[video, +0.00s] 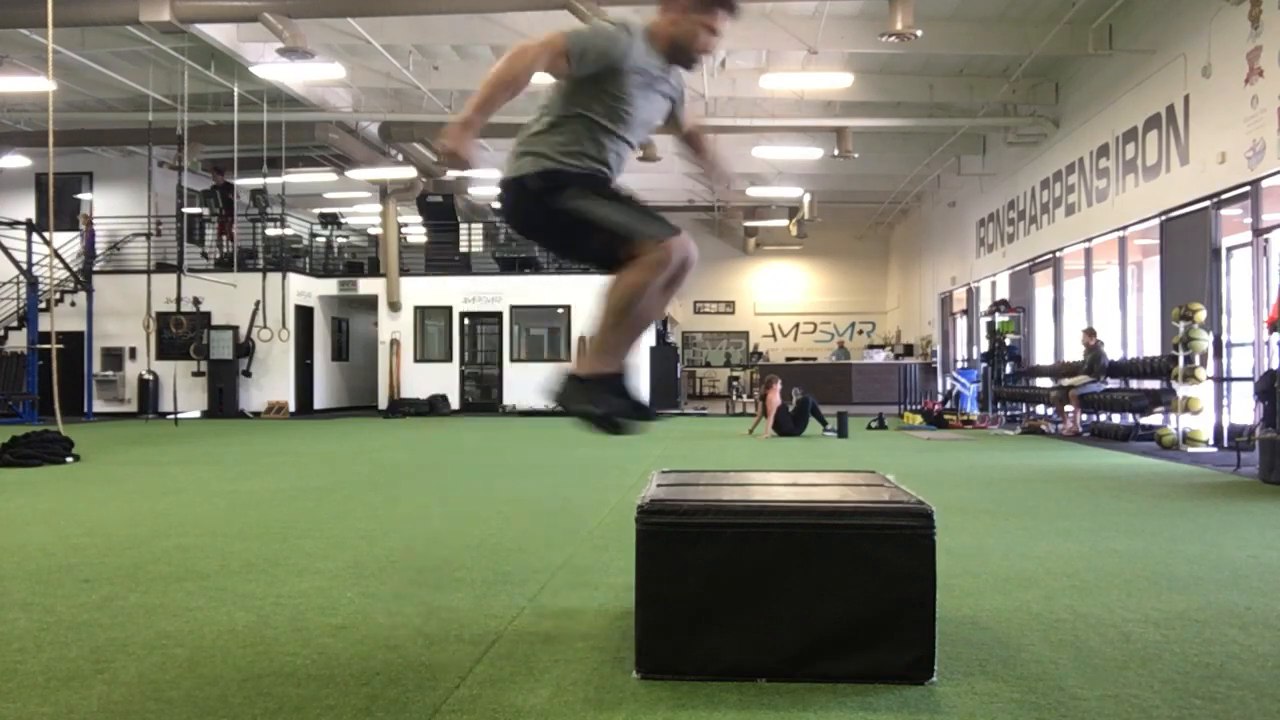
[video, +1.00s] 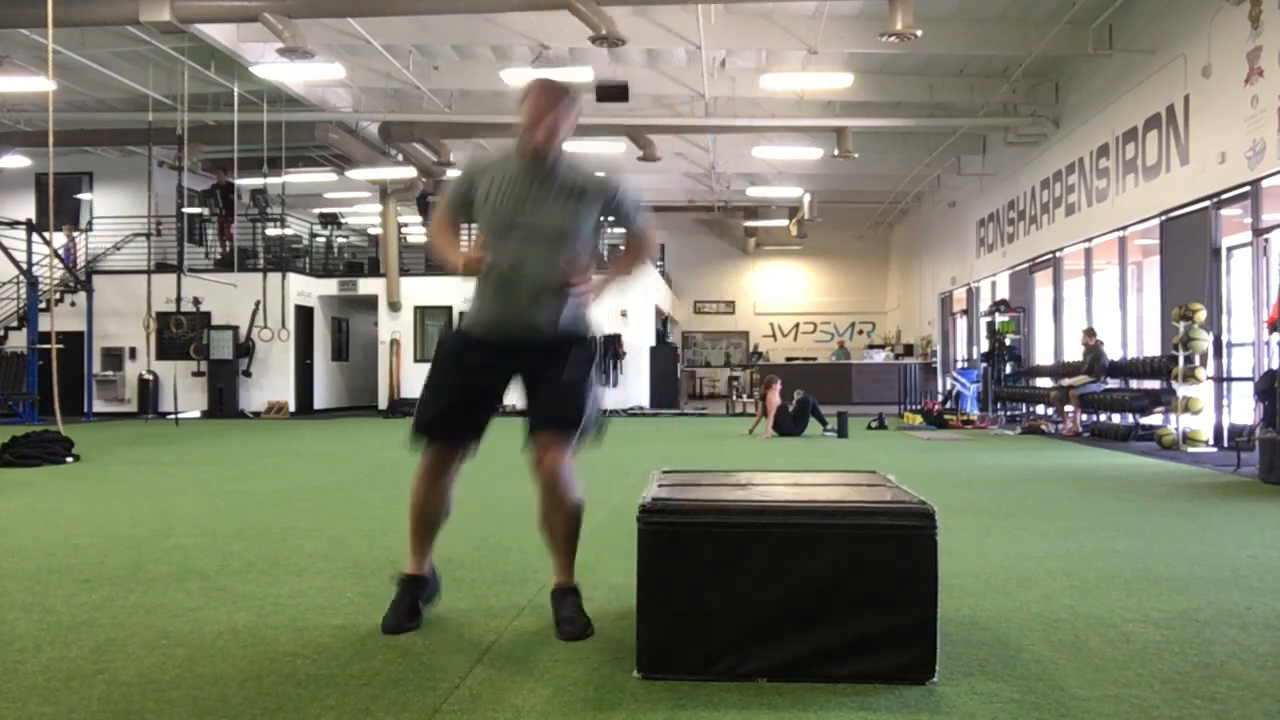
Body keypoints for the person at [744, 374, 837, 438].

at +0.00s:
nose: (780, 386)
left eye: (780, 384)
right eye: (779, 384)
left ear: (769, 385)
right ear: (774, 385)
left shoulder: (765, 396)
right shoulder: (774, 396)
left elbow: (759, 415)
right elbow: (770, 416)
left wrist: (751, 430)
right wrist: (766, 433)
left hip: (784, 430)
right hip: (792, 431)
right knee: (807, 399)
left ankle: (795, 404)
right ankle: (826, 427)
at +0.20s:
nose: (780, 386)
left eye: (780, 384)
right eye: (779, 384)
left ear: (768, 385)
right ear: (773, 385)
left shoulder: (765, 395)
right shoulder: (774, 395)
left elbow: (759, 415)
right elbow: (770, 415)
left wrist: (751, 430)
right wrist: (767, 433)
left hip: (784, 430)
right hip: (792, 431)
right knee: (807, 399)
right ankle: (826, 427)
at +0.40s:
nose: (780, 386)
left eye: (780, 384)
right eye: (779, 384)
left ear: (769, 385)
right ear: (773, 385)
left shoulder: (765, 395)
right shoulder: (773, 395)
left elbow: (759, 415)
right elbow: (770, 415)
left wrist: (751, 430)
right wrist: (767, 433)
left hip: (785, 430)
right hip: (792, 431)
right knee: (808, 400)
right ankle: (826, 427)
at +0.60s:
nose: (780, 386)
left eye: (780, 384)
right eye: (779, 384)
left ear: (769, 385)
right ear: (773, 385)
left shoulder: (765, 395)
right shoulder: (774, 396)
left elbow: (759, 415)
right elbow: (770, 415)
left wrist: (751, 430)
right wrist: (767, 433)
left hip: (784, 430)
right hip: (792, 431)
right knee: (808, 400)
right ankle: (826, 427)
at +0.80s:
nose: (780, 386)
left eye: (780, 384)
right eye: (779, 384)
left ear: (768, 385)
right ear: (773, 385)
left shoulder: (765, 396)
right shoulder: (773, 395)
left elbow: (759, 415)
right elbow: (770, 416)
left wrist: (751, 430)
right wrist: (767, 433)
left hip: (785, 430)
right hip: (792, 430)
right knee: (807, 400)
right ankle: (826, 427)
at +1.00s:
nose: (780, 386)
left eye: (780, 384)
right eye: (779, 384)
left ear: (768, 385)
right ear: (773, 385)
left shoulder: (765, 395)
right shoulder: (773, 395)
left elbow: (759, 415)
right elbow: (770, 415)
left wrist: (751, 430)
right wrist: (767, 433)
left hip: (785, 430)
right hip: (792, 430)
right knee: (807, 400)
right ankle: (826, 427)